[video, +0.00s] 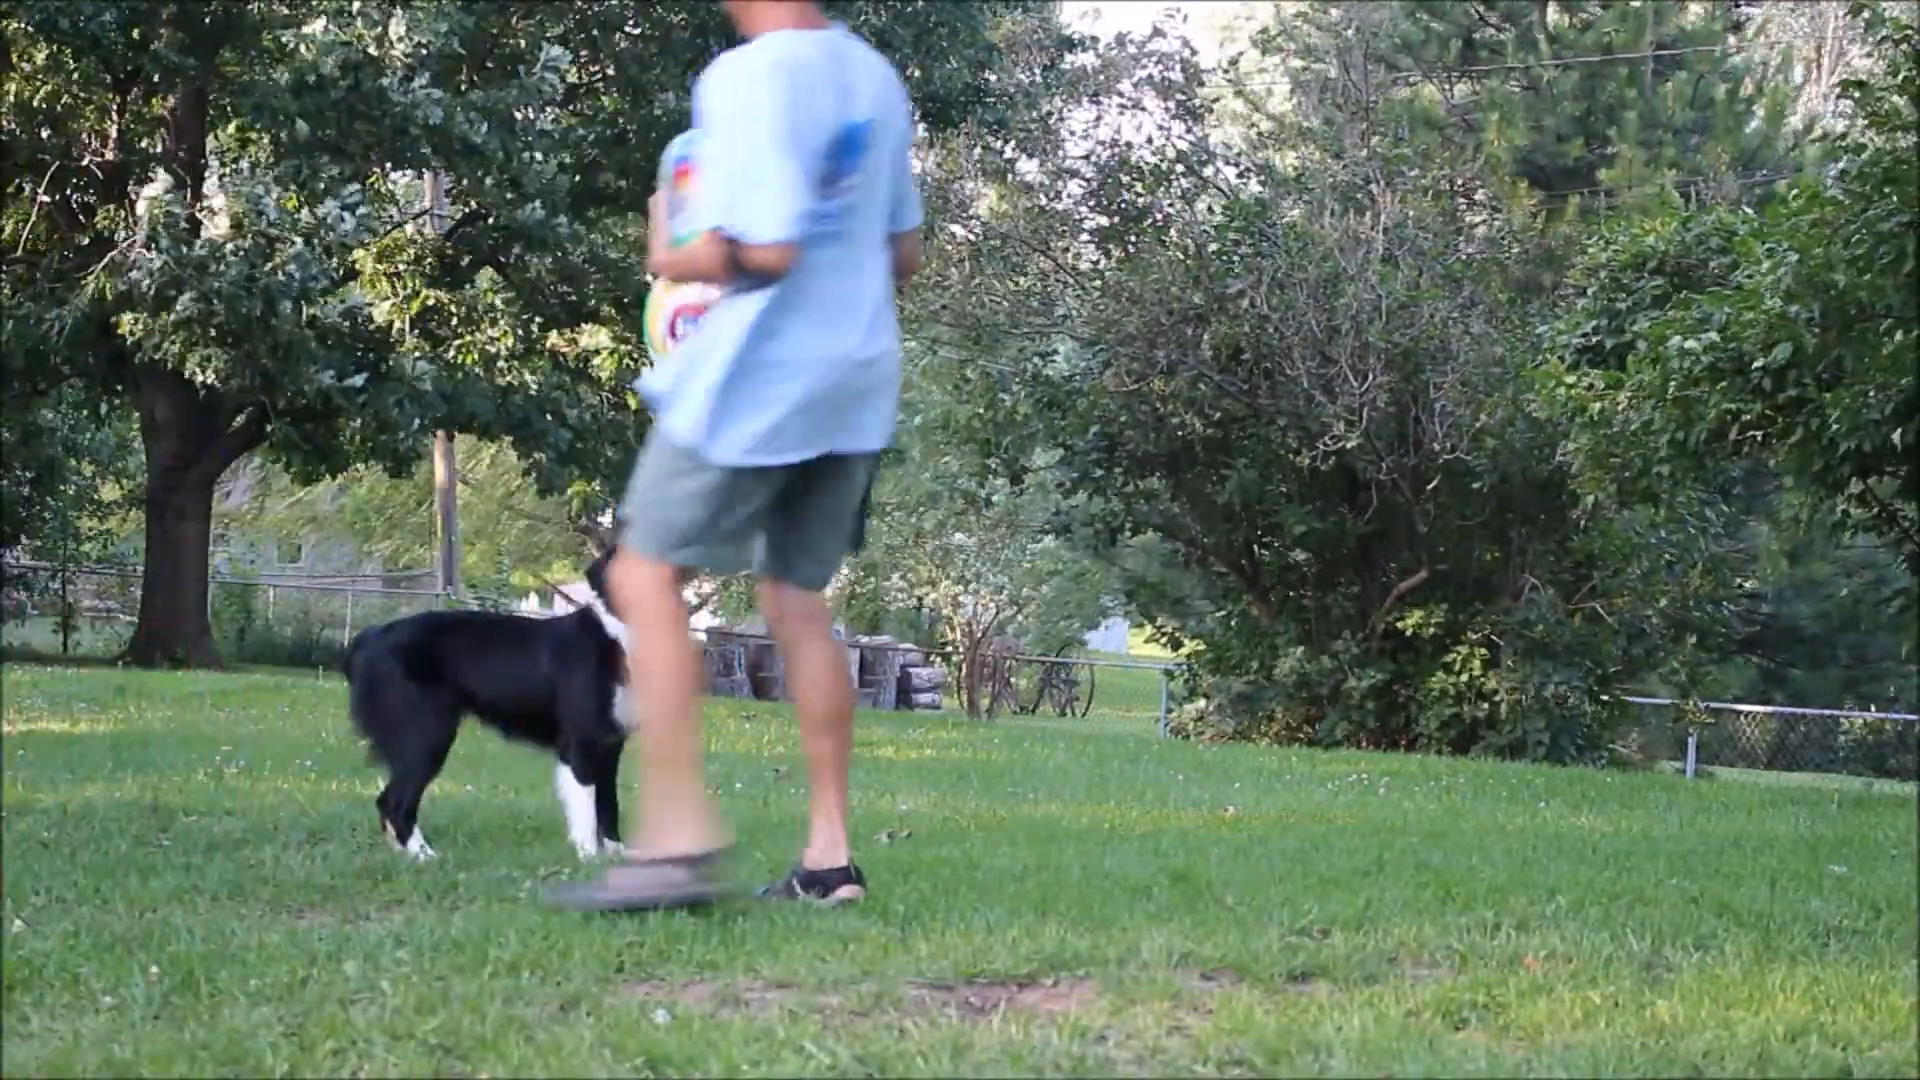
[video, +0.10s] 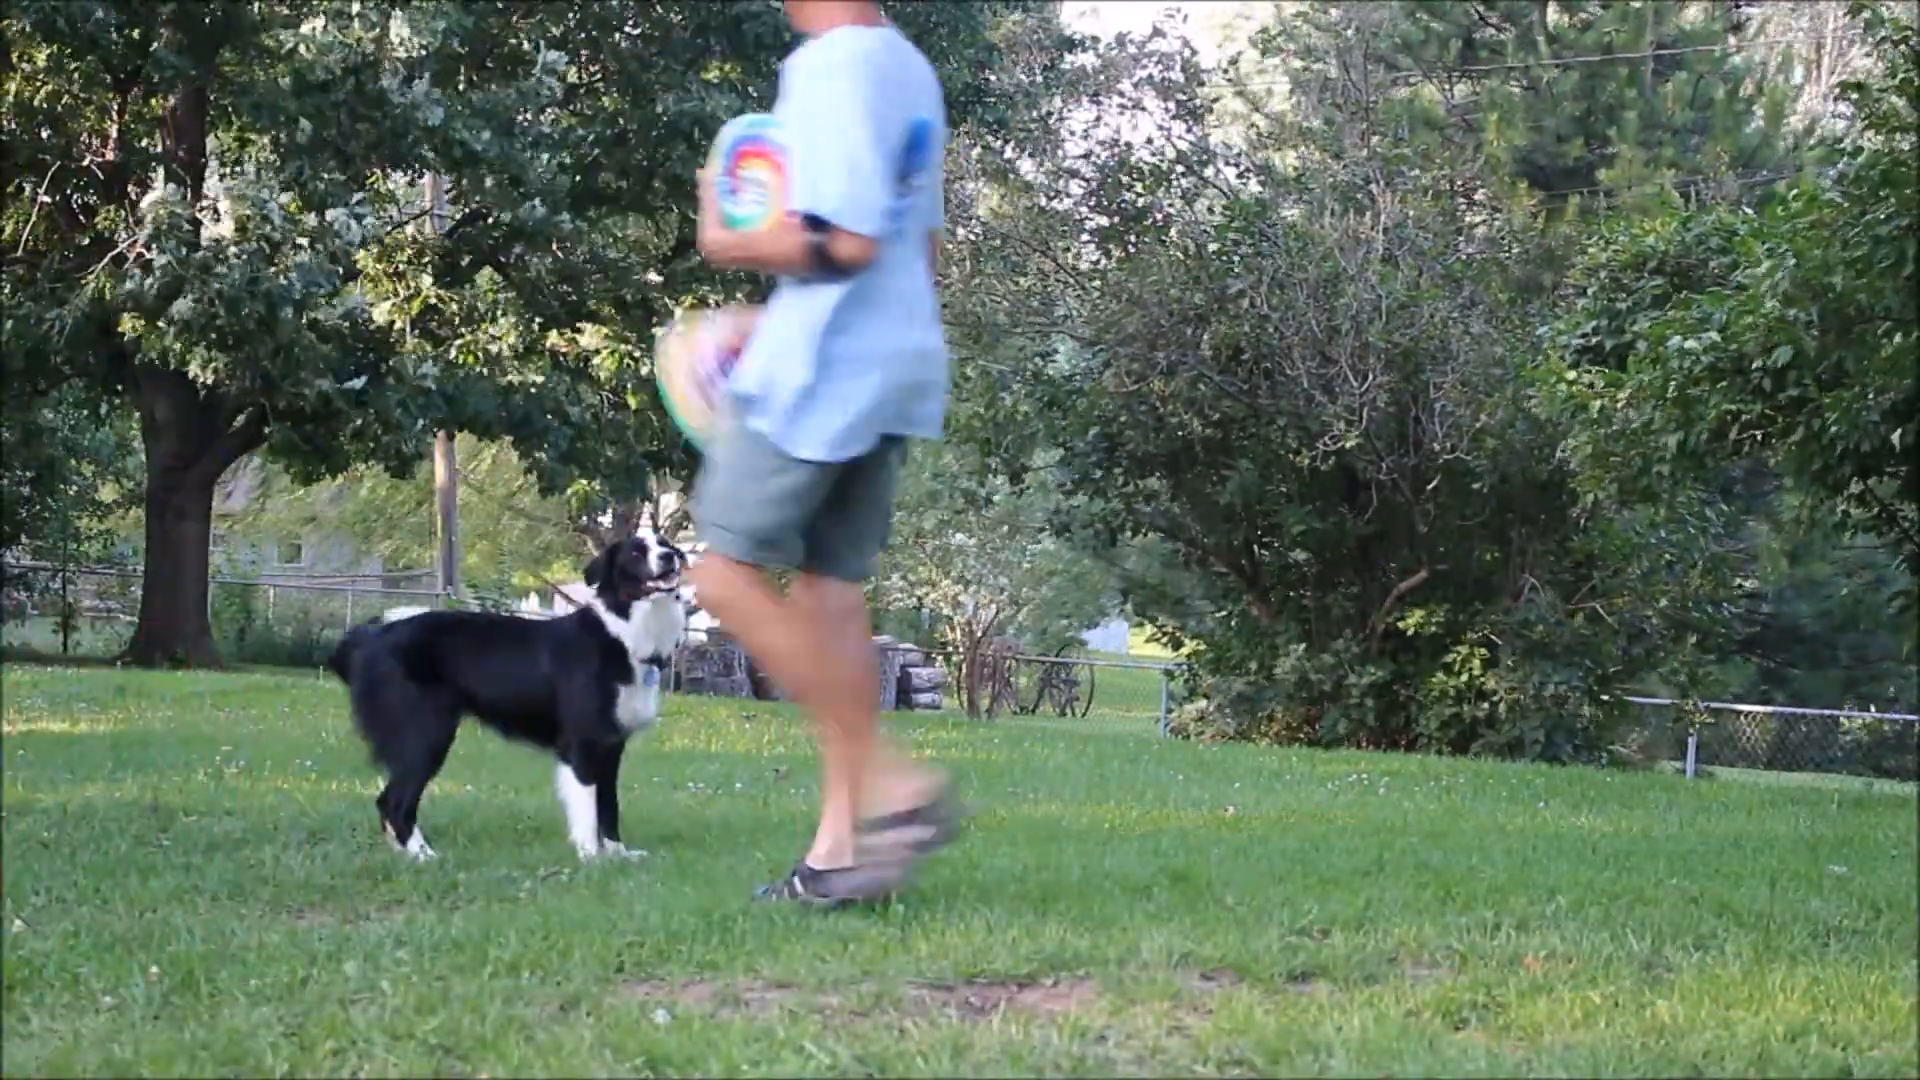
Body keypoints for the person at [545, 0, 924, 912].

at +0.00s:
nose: (724, 5)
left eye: (726, 2)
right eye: (730, 1)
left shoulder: (748, 74)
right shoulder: (879, 73)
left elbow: (763, 253)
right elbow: (900, 254)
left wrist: (671, 259)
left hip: (751, 388)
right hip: (857, 392)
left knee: (643, 571)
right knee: (797, 598)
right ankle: (829, 853)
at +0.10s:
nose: (780, 5)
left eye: (783, 0)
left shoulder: (831, 65)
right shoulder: (907, 66)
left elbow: (840, 242)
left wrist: (723, 241)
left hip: (821, 371)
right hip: (892, 370)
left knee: (721, 572)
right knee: (835, 597)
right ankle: (841, 851)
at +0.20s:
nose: (829, 6)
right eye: (834, 1)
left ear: (855, 0)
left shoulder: (909, 78)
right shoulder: (891, 75)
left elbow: (923, 257)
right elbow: (886, 240)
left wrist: (780, 251)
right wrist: (814, 324)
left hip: (892, 385)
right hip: (870, 385)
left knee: (842, 608)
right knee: (855, 612)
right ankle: (838, 856)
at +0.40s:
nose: (921, 9)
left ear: (959, 7)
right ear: (989, 9)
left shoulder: (1037, 103)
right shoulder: (974, 107)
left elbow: (1046, 287)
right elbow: (955, 271)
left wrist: (912, 301)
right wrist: (851, 338)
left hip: (1028, 425)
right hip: (953, 422)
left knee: (1069, 619)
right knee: (924, 609)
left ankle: (1191, 840)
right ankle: (866, 849)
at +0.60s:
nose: (996, 5)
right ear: (1053, 1)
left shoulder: (1147, 97)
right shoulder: (1032, 80)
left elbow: (1202, 259)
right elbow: (1029, 232)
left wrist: (1076, 293)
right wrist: (934, 294)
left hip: (1123, 397)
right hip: (1027, 388)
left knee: (1138, 593)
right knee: (994, 572)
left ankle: (1194, 844)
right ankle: (997, 825)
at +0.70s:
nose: (1024, 5)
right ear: (1080, 5)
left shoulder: (1183, 99)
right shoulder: (1054, 78)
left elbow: (1235, 265)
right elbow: (1049, 226)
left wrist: (1111, 288)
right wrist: (943, 288)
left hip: (1151, 399)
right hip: (1054, 386)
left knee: (1154, 598)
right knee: (1020, 576)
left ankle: (1195, 846)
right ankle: (1096, 813)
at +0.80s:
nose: (1052, 4)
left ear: (1113, 1)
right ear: (1107, 6)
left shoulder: (1209, 105)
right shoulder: (1073, 90)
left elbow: (1256, 269)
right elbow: (1051, 228)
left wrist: (1143, 297)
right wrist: (962, 283)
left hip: (1169, 402)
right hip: (1079, 395)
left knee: (1157, 601)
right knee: (1064, 589)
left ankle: (1196, 847)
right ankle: (1178, 794)